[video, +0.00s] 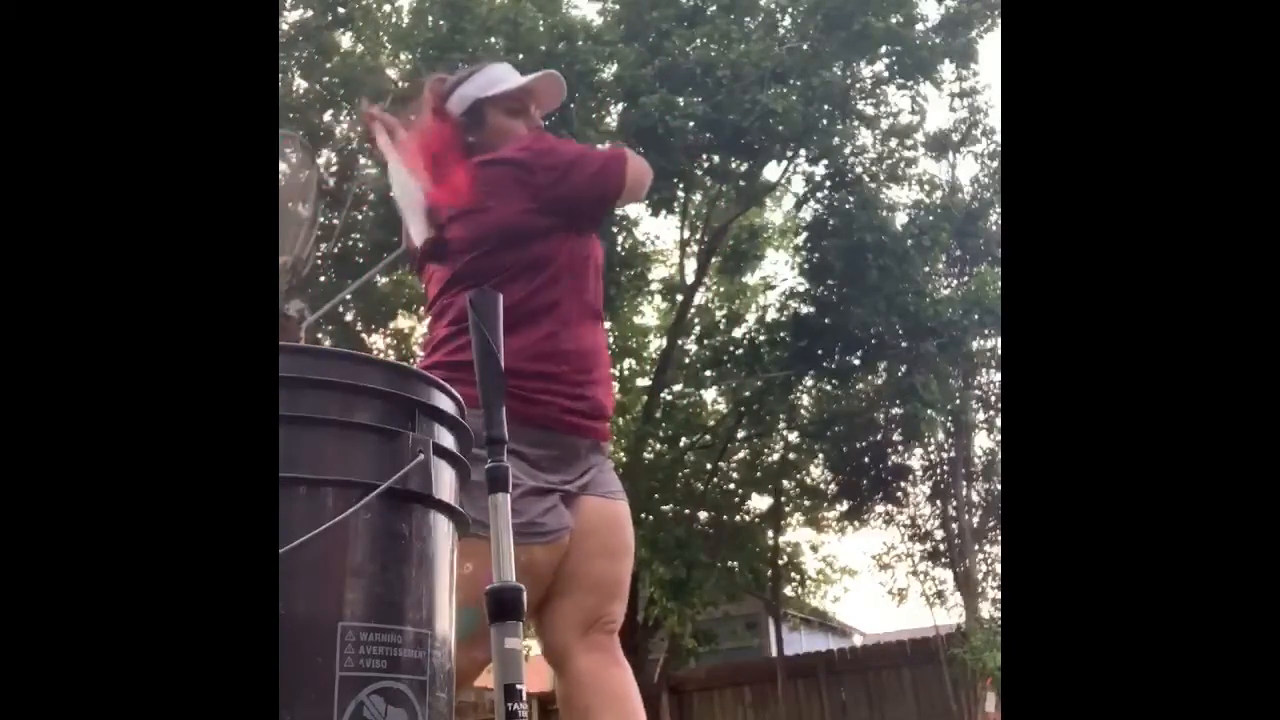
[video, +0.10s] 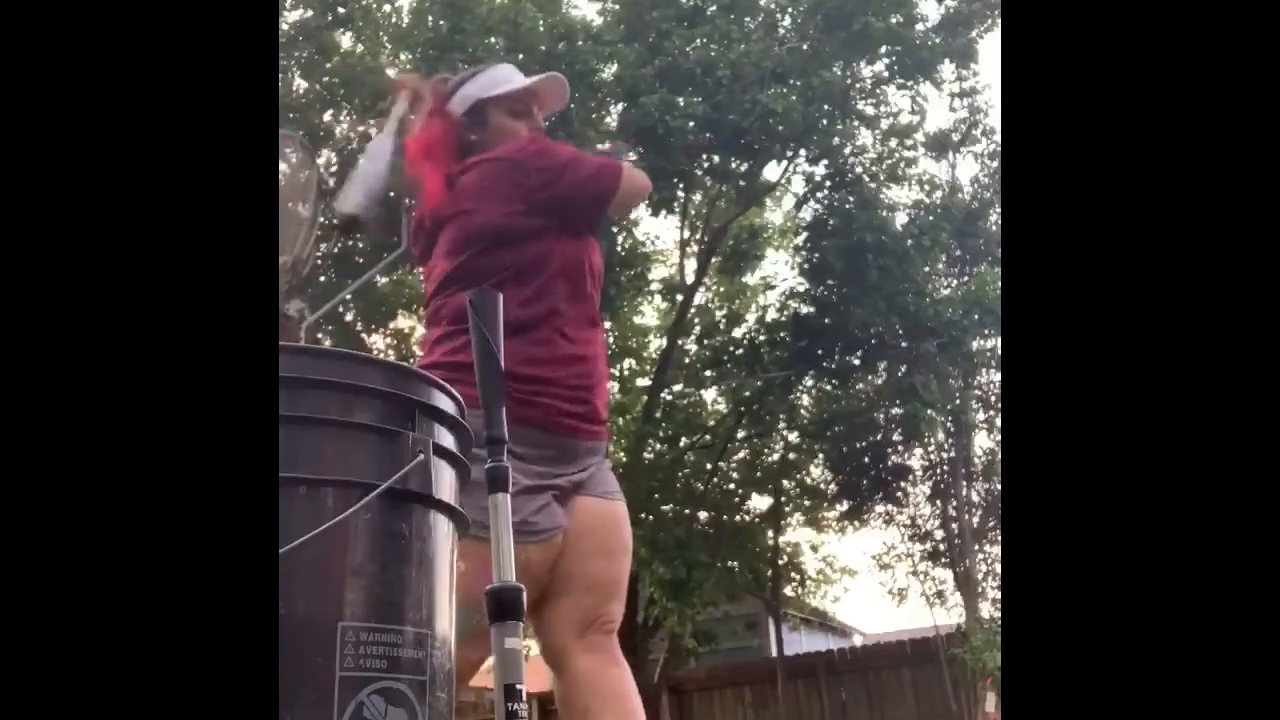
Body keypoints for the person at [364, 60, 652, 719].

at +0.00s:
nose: (537, 118)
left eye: (533, 108)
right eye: (519, 108)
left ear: (471, 126)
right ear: (479, 120)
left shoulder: (441, 188)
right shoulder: (536, 166)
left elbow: (419, 245)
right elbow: (639, 175)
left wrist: (405, 157)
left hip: (581, 452)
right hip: (494, 450)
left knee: (594, 639)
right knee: (457, 656)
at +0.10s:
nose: (539, 122)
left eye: (537, 111)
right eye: (520, 111)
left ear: (466, 127)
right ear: (477, 122)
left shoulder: (456, 192)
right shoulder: (519, 166)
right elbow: (633, 184)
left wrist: (430, 121)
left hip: (582, 456)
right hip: (494, 452)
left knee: (594, 641)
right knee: (447, 663)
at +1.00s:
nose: (584, 66)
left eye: (597, 50)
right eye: (561, 55)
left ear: (620, 63)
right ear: (530, 70)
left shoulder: (662, 167)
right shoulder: (504, 138)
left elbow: (700, 271)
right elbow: (511, 230)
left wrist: (779, 299)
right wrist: (654, 254)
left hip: (620, 423)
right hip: (486, 407)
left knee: (632, 628)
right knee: (473, 578)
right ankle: (405, 706)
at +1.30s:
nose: (504, 17)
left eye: (524, 1)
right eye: (482, 2)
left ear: (555, 17)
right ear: (454, 18)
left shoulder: (612, 127)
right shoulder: (396, 123)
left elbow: (653, 248)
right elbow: (318, 238)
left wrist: (689, 305)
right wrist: (354, 303)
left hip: (586, 419)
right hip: (449, 417)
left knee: (616, 639)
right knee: (424, 632)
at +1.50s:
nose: (410, 7)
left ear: (467, 3)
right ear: (353, 11)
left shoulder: (532, 87)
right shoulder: (310, 130)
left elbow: (601, 207)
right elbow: (285, 275)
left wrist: (660, 278)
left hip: (524, 403)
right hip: (370, 413)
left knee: (574, 617)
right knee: (357, 638)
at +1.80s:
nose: (373, 53)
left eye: (392, 19)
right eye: (337, 31)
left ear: (428, 16)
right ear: (301, 47)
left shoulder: (493, 79)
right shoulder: (307, 171)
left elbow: (590, 183)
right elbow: (283, 301)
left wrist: (664, 264)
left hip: (504, 383)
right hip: (361, 401)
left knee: (549, 593)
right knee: (340, 614)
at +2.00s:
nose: (403, 33)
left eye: (421, 5)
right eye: (370, 15)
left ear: (457, 8)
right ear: (334, 38)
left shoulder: (520, 87)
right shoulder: (310, 139)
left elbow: (599, 195)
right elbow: (288, 268)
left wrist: (676, 270)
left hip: (511, 381)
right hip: (366, 397)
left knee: (569, 589)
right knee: (341, 613)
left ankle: (613, 718)